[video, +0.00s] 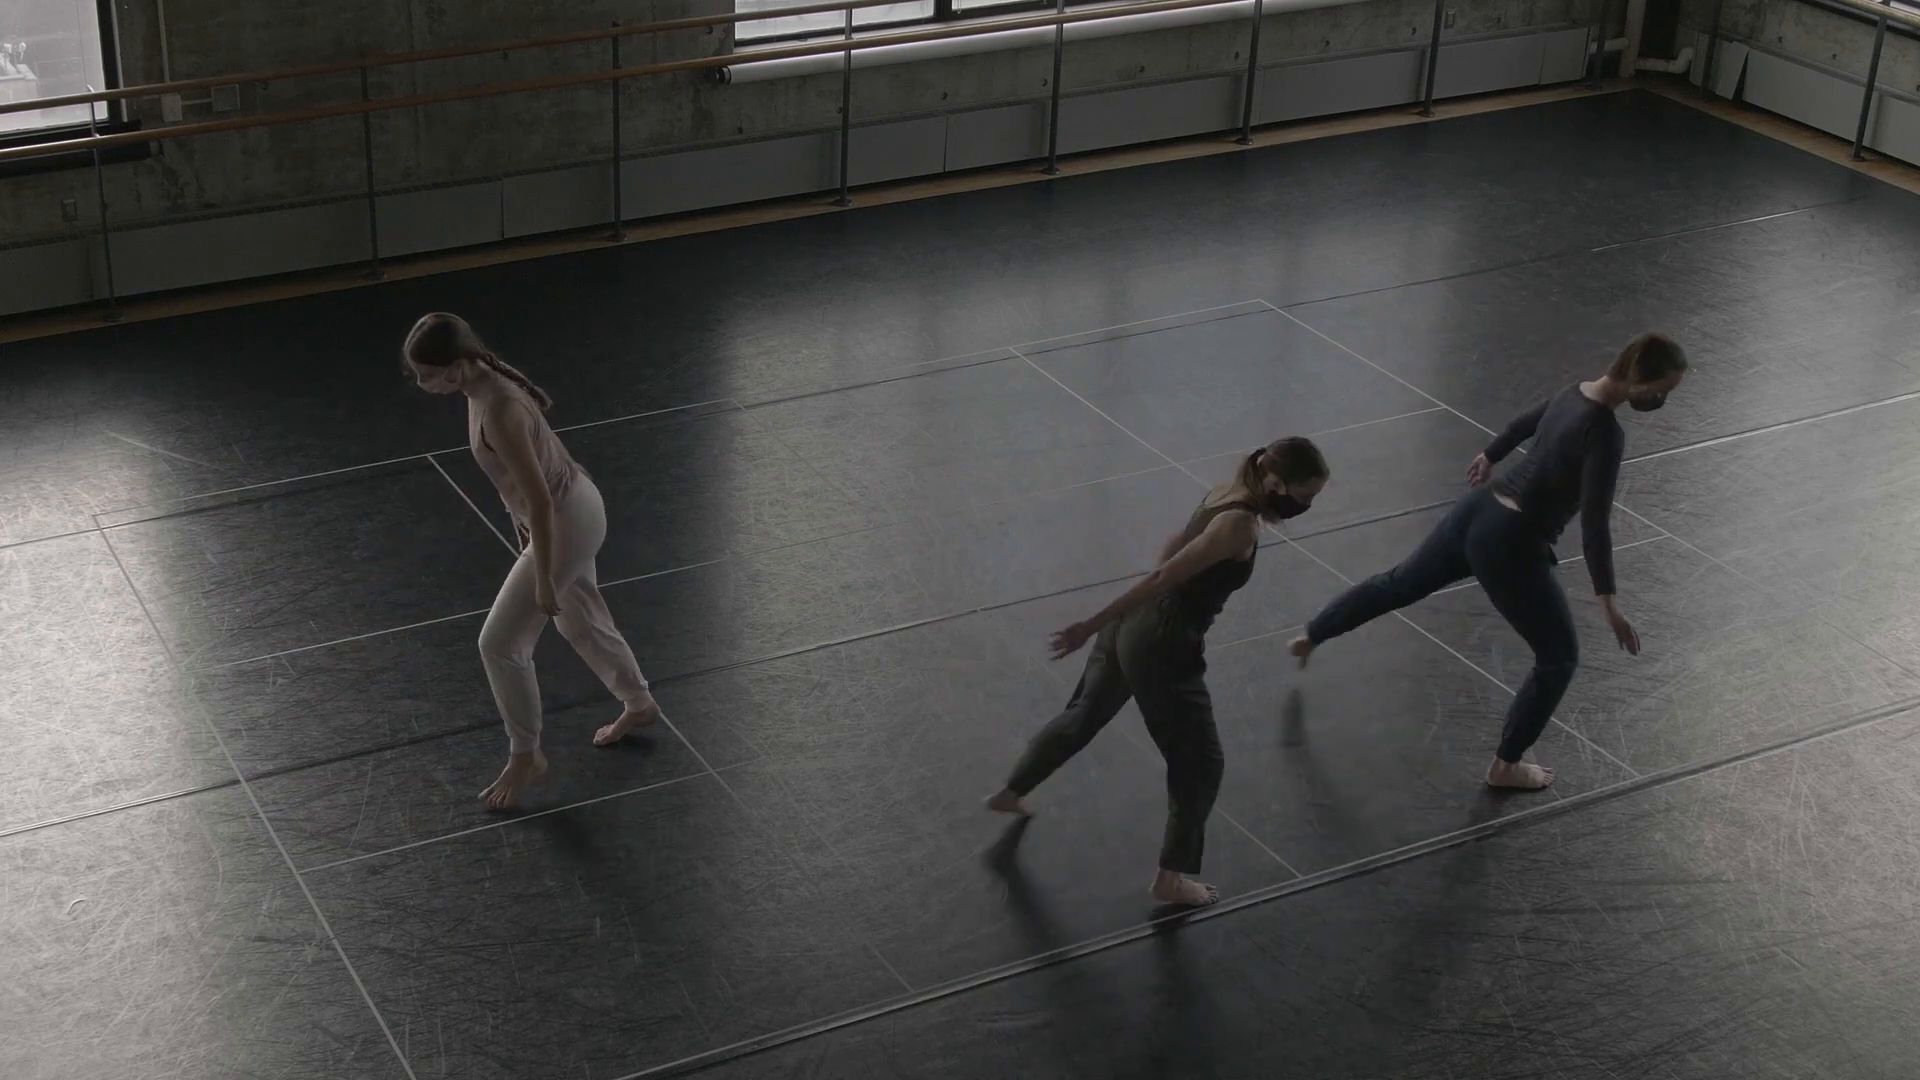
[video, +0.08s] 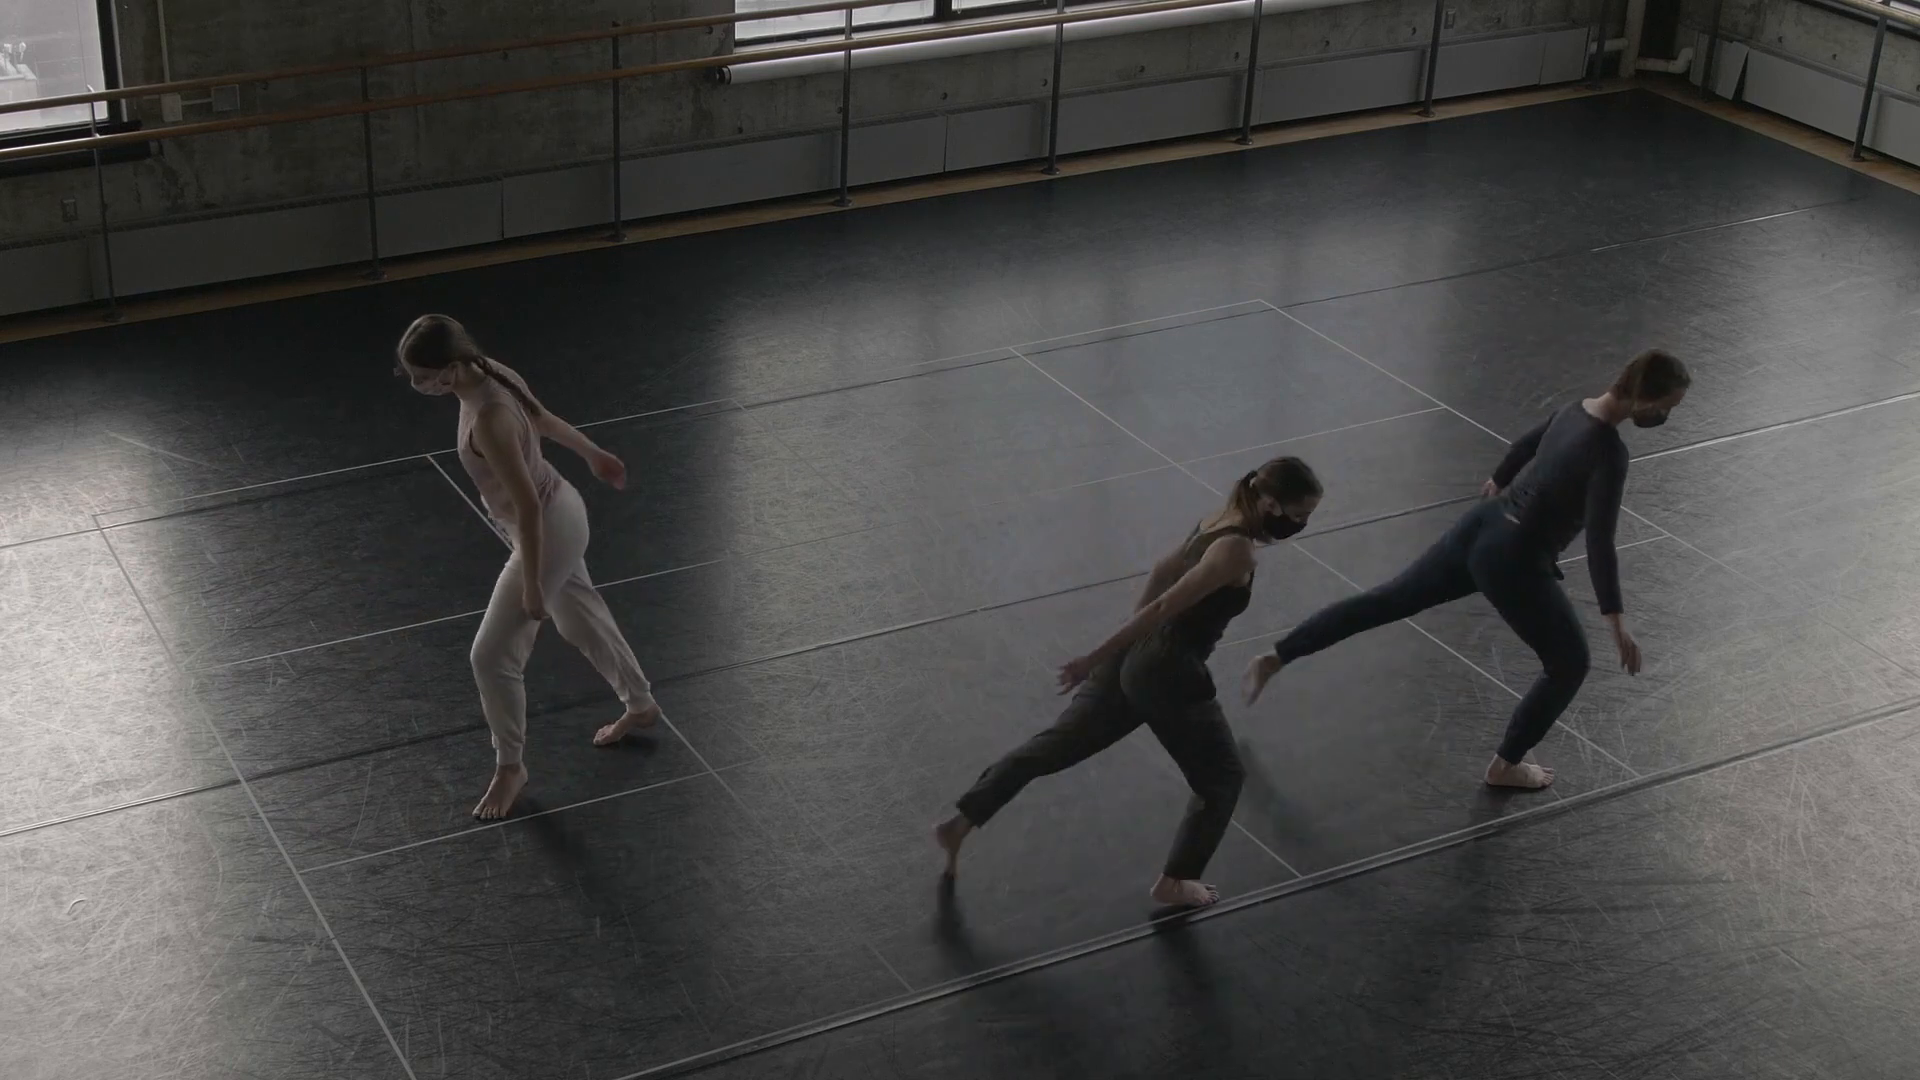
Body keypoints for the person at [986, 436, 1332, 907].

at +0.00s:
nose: (1302, 509)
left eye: (1307, 502)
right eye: (1301, 500)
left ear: (1267, 472)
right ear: (1271, 481)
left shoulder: (1229, 495)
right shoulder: (1237, 527)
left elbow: (1174, 548)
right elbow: (1162, 579)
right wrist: (1091, 625)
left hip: (1130, 626)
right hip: (1164, 650)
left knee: (1083, 716)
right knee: (1199, 761)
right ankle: (1173, 876)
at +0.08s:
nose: (1296, 528)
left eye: (1303, 520)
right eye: (1294, 517)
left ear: (1264, 500)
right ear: (1264, 499)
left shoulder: (1218, 525)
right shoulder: (1235, 552)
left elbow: (1164, 570)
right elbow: (1161, 609)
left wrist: (1144, 626)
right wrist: (1094, 659)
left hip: (1136, 662)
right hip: (1171, 676)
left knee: (1060, 742)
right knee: (1221, 777)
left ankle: (961, 821)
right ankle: (1177, 884)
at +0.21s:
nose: (1282, 557)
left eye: (1285, 549)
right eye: (1279, 550)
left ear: (1242, 526)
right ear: (1249, 537)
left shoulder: (1197, 542)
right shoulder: (1221, 591)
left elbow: (1126, 591)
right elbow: (1163, 660)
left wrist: (1097, 665)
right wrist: (1118, 729)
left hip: (1122, 680)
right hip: (1166, 701)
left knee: (1056, 780)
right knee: (1222, 783)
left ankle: (968, 885)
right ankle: (1175, 885)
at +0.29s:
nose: (1261, 568)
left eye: (1264, 560)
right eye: (1259, 560)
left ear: (1215, 530)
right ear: (1232, 551)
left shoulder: (1156, 552)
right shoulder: (1212, 605)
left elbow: (1083, 600)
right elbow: (1180, 688)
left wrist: (1075, 676)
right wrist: (1171, 777)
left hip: (1106, 700)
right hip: (1163, 713)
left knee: (1054, 816)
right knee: (1208, 788)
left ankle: (979, 935)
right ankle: (1177, 891)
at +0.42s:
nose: (1200, 578)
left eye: (1207, 569)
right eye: (1197, 568)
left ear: (1158, 541)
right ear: (1171, 547)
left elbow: (1040, 628)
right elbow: (1209, 704)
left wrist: (1048, 703)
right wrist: (1242, 778)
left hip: (1098, 728)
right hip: (1160, 726)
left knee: (1044, 840)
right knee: (1179, 788)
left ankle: (973, 965)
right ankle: (1194, 895)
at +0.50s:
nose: (1163, 570)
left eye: (1165, 562)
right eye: (1164, 563)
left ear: (1123, 541)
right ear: (1160, 559)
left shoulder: (1069, 581)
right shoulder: (1159, 607)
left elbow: (1030, 656)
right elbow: (1196, 695)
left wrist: (1041, 721)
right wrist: (1219, 746)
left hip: (1098, 746)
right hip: (1160, 734)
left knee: (1039, 855)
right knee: (1156, 795)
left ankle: (972, 980)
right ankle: (1207, 889)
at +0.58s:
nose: (1115, 563)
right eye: (1117, 556)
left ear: (1075, 547)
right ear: (1116, 556)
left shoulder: (1040, 599)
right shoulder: (1118, 603)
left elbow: (1024, 682)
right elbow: (1145, 677)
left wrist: (1037, 735)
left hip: (1098, 753)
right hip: (1154, 738)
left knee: (1035, 864)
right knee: (1137, 805)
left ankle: (974, 986)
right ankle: (1219, 875)